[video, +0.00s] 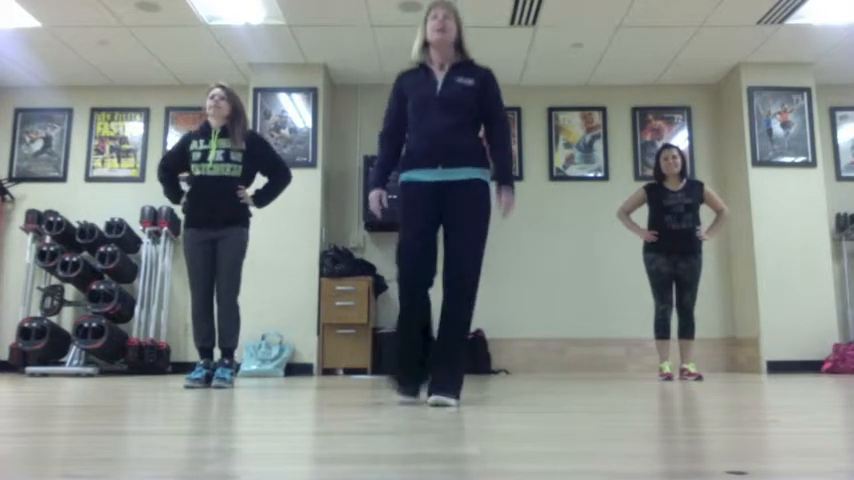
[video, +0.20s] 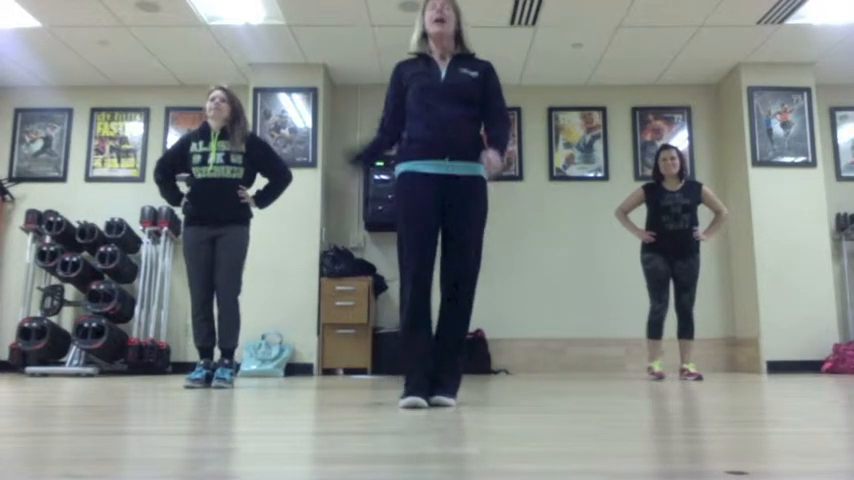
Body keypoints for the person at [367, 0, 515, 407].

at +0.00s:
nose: (440, 23)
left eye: (447, 18)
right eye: (434, 18)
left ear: (458, 28)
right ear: (424, 29)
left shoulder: (479, 77)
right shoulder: (407, 80)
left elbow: (498, 130)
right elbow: (391, 135)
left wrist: (505, 180)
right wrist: (379, 183)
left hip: (468, 187)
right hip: (416, 187)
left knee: (460, 284)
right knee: (412, 280)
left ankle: (446, 384)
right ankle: (411, 377)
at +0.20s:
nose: (438, 14)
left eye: (445, 10)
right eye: (431, 10)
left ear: (457, 22)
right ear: (422, 22)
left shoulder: (480, 69)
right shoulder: (406, 69)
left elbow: (497, 119)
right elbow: (390, 129)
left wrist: (496, 148)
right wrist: (365, 154)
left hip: (467, 180)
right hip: (417, 179)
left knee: (459, 285)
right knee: (415, 283)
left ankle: (444, 386)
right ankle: (416, 386)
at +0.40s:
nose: (435, 7)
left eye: (442, 3)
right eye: (428, 5)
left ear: (454, 15)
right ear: (419, 18)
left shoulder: (478, 66)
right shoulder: (404, 66)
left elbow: (496, 121)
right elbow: (373, 121)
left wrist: (488, 166)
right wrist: (323, 99)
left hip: (465, 180)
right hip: (415, 179)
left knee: (456, 286)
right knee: (413, 285)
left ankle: (444, 387)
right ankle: (414, 388)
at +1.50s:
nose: (429, 2)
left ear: (449, 8)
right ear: (412, 9)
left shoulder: (472, 61)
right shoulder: (395, 58)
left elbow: (489, 123)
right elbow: (364, 115)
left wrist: (488, 177)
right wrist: (336, 77)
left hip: (459, 180)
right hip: (405, 180)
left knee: (478, 278)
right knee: (407, 284)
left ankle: (489, 376)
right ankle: (413, 387)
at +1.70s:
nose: (443, 3)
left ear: (461, 9)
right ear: (426, 10)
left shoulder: (482, 64)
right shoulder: (406, 58)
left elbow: (497, 127)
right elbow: (392, 122)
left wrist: (517, 174)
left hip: (469, 182)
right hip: (414, 179)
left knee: (505, 270)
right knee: (410, 284)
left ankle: (507, 381)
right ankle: (413, 388)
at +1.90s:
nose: (474, 14)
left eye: (480, 9)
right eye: (466, 9)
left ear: (488, 13)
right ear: (454, 13)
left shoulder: (505, 64)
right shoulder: (434, 50)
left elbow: (535, 124)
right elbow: (405, 106)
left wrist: (588, 145)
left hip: (489, 182)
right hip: (437, 179)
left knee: (523, 277)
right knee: (426, 285)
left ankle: (554, 380)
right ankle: (414, 388)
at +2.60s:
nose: (558, 4)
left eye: (566, 1)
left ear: (575, 15)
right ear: (537, 9)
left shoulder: (563, 80)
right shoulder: (524, 50)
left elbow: (576, 151)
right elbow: (505, 110)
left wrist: (642, 158)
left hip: (527, 183)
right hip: (495, 174)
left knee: (558, 277)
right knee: (530, 273)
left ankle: (560, 388)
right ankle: (463, 355)